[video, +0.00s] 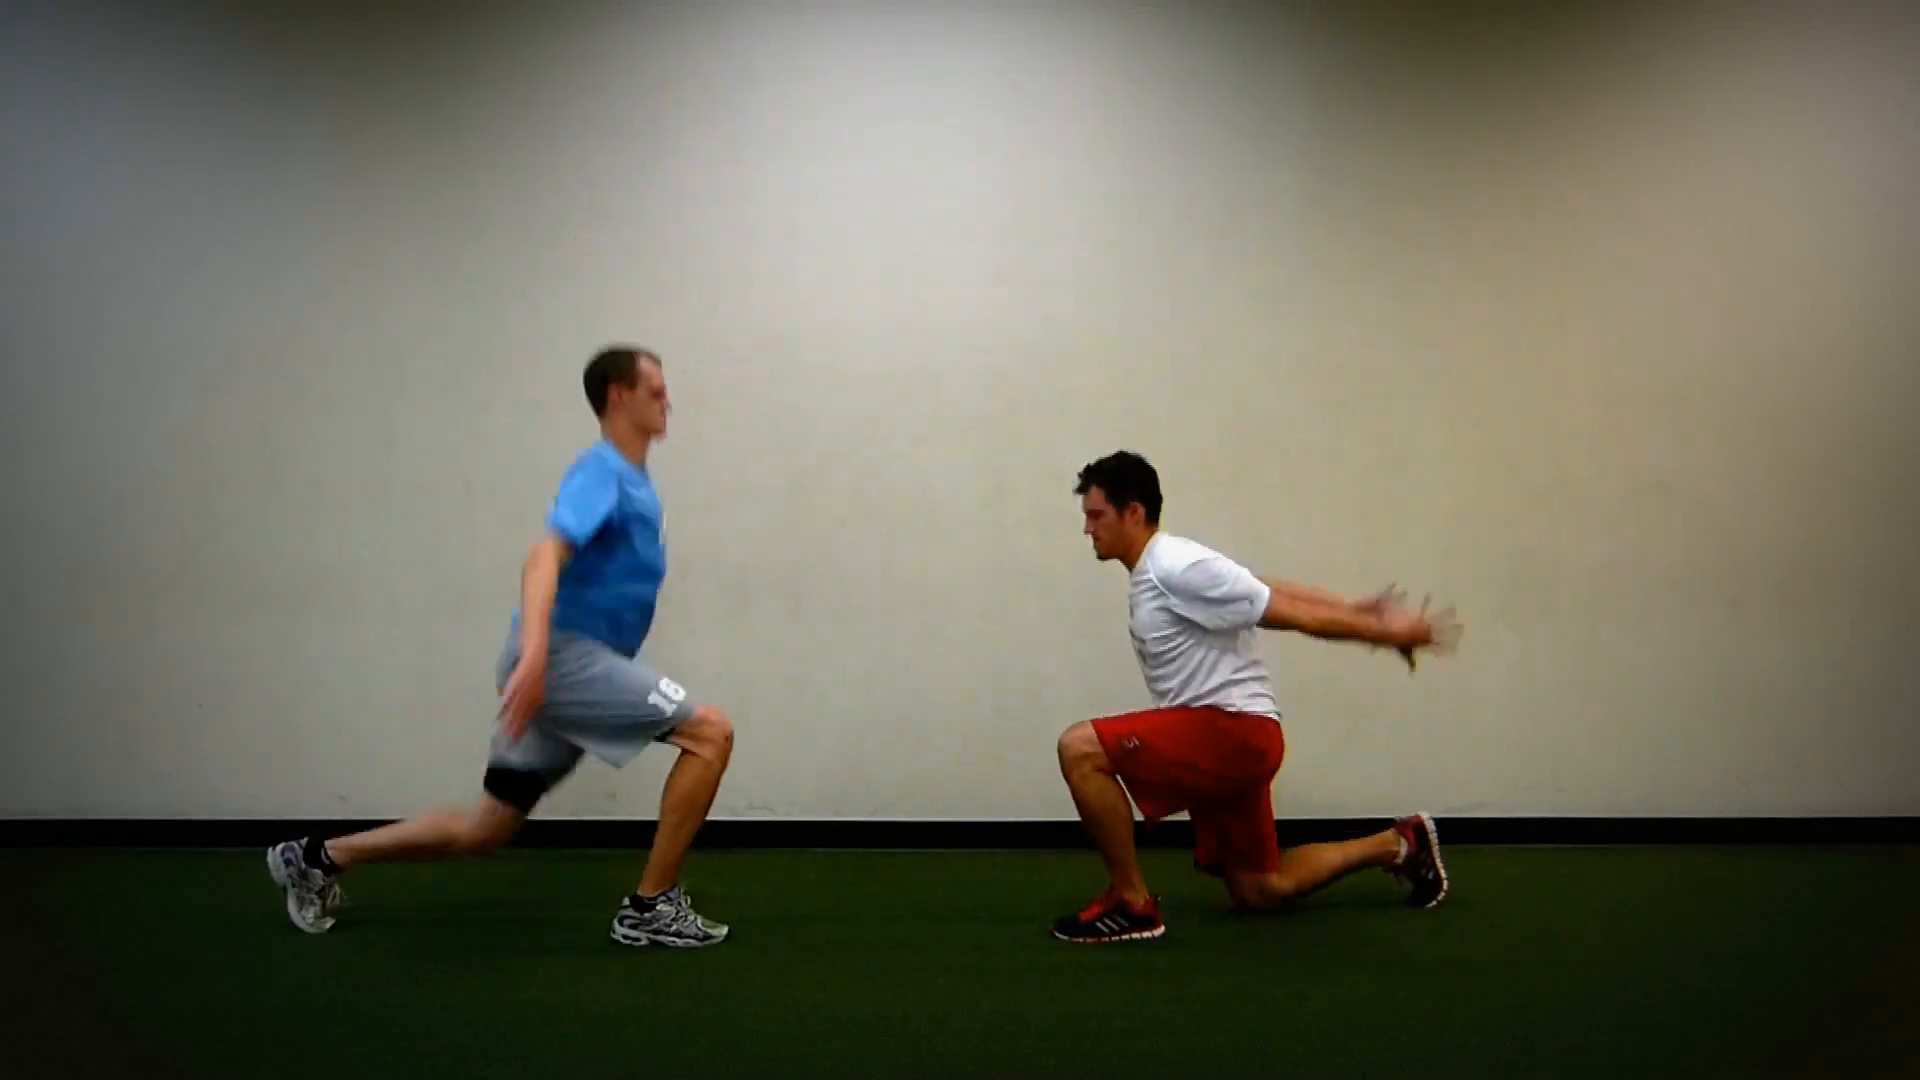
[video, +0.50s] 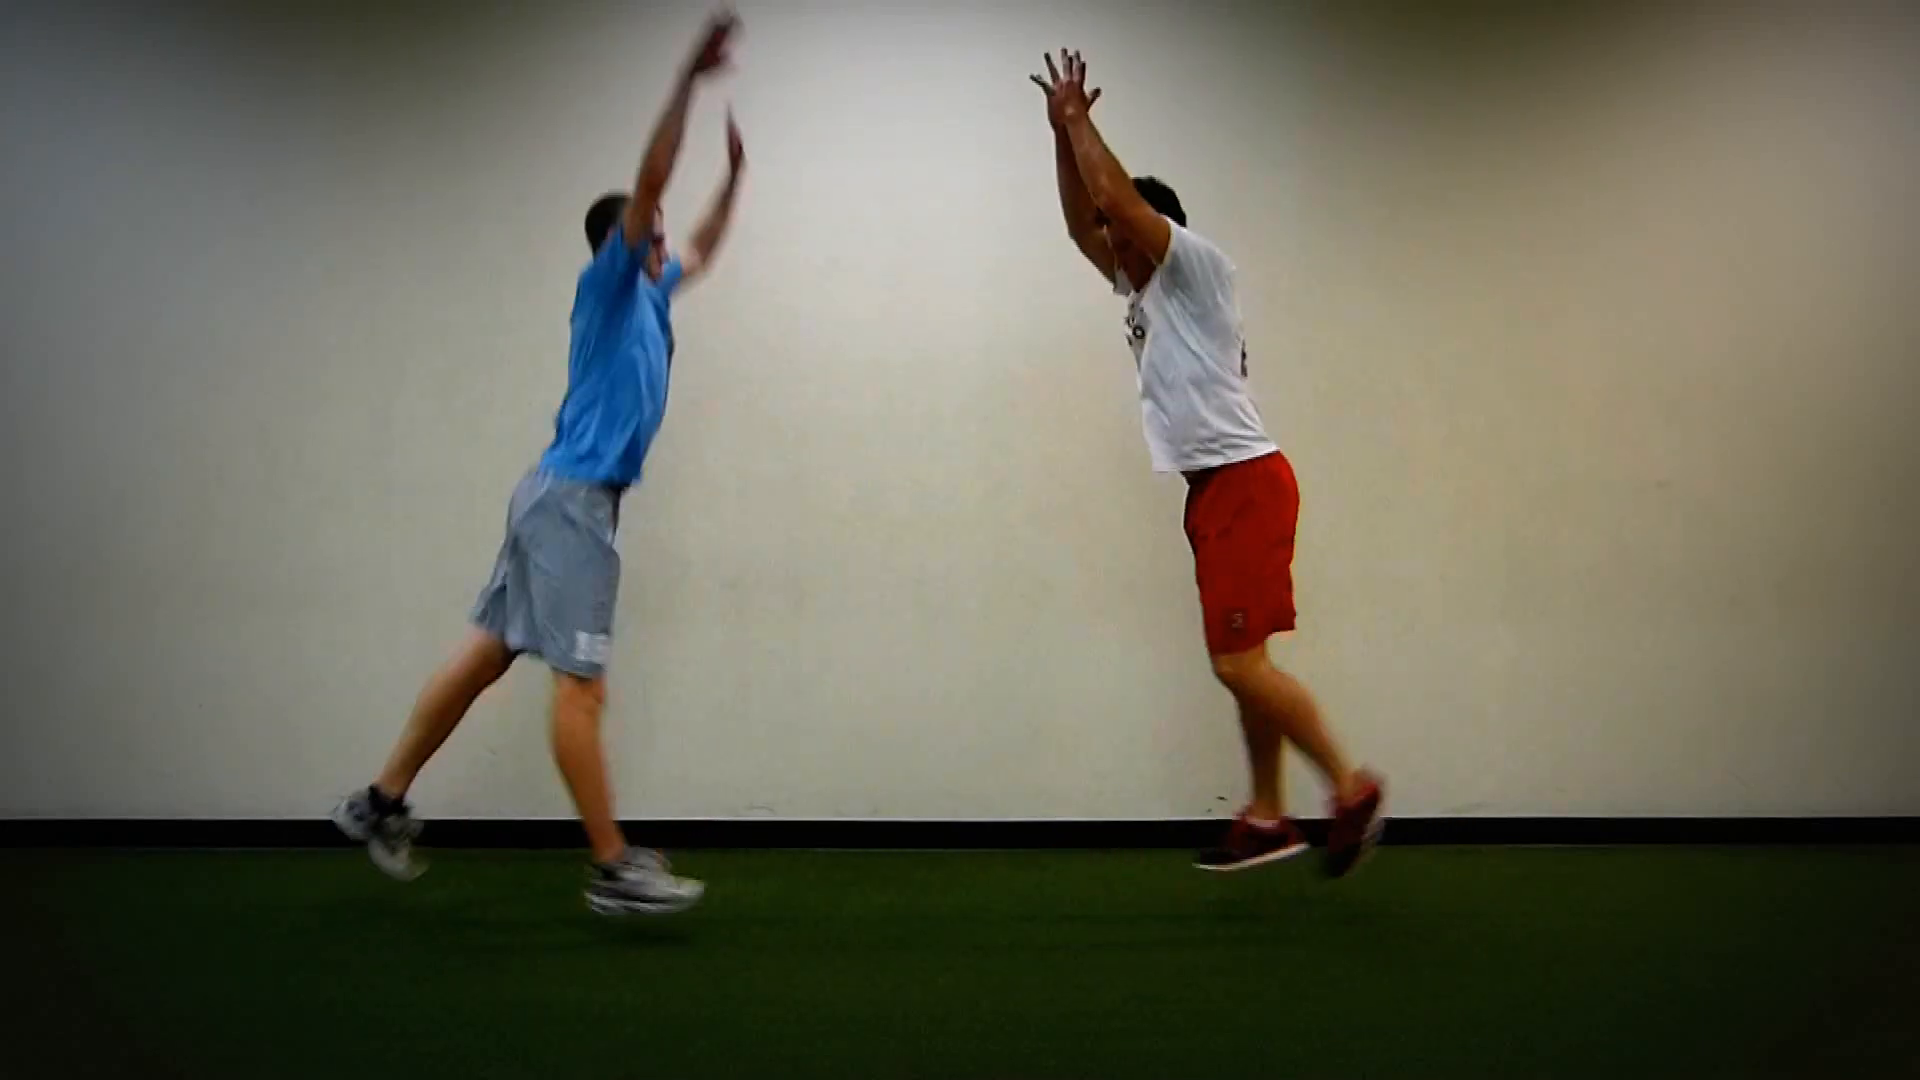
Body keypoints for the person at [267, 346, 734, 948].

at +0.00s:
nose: (667, 401)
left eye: (665, 390)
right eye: (657, 390)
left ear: (626, 398)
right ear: (618, 397)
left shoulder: (630, 477)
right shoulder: (601, 473)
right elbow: (545, 558)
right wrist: (535, 660)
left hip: (567, 661)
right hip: (561, 658)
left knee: (485, 829)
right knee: (709, 735)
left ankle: (319, 857)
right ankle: (652, 904)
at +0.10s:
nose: (677, 453)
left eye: (674, 441)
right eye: (665, 443)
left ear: (633, 451)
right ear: (627, 452)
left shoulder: (633, 527)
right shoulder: (601, 530)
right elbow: (541, 637)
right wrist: (509, 745)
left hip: (563, 696)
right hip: (548, 695)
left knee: (489, 873)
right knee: (712, 735)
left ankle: (322, 860)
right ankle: (654, 903)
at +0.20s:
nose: (676, 453)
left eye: (674, 442)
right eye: (664, 444)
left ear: (633, 454)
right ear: (627, 455)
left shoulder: (629, 529)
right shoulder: (605, 532)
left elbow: (585, 638)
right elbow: (564, 642)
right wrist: (564, 753)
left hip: (530, 699)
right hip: (539, 695)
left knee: (487, 875)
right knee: (710, 734)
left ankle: (321, 860)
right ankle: (654, 903)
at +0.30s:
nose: (664, 410)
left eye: (661, 399)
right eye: (652, 400)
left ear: (623, 408)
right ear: (615, 409)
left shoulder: (626, 485)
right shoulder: (599, 478)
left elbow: (651, 562)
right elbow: (619, 546)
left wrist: (734, 597)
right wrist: (684, 572)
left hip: (533, 662)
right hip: (544, 657)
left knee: (481, 833)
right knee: (702, 727)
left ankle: (314, 859)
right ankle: (656, 900)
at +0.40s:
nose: (661, 323)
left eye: (658, 314)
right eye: (649, 314)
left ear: (621, 324)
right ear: (612, 323)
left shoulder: (647, 407)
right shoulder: (603, 383)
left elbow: (715, 410)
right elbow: (666, 336)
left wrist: (781, 359)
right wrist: (741, 270)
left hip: (545, 590)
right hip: (554, 586)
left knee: (472, 736)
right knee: (672, 713)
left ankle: (332, 849)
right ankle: (655, 898)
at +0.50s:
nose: (663, 239)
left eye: (661, 229)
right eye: (649, 228)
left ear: (648, 245)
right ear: (622, 237)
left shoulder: (652, 298)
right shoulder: (610, 285)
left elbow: (700, 252)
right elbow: (646, 190)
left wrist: (733, 179)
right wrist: (688, 79)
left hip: (564, 499)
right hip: (574, 503)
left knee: (486, 653)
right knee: (581, 685)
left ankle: (381, 800)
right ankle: (612, 862)